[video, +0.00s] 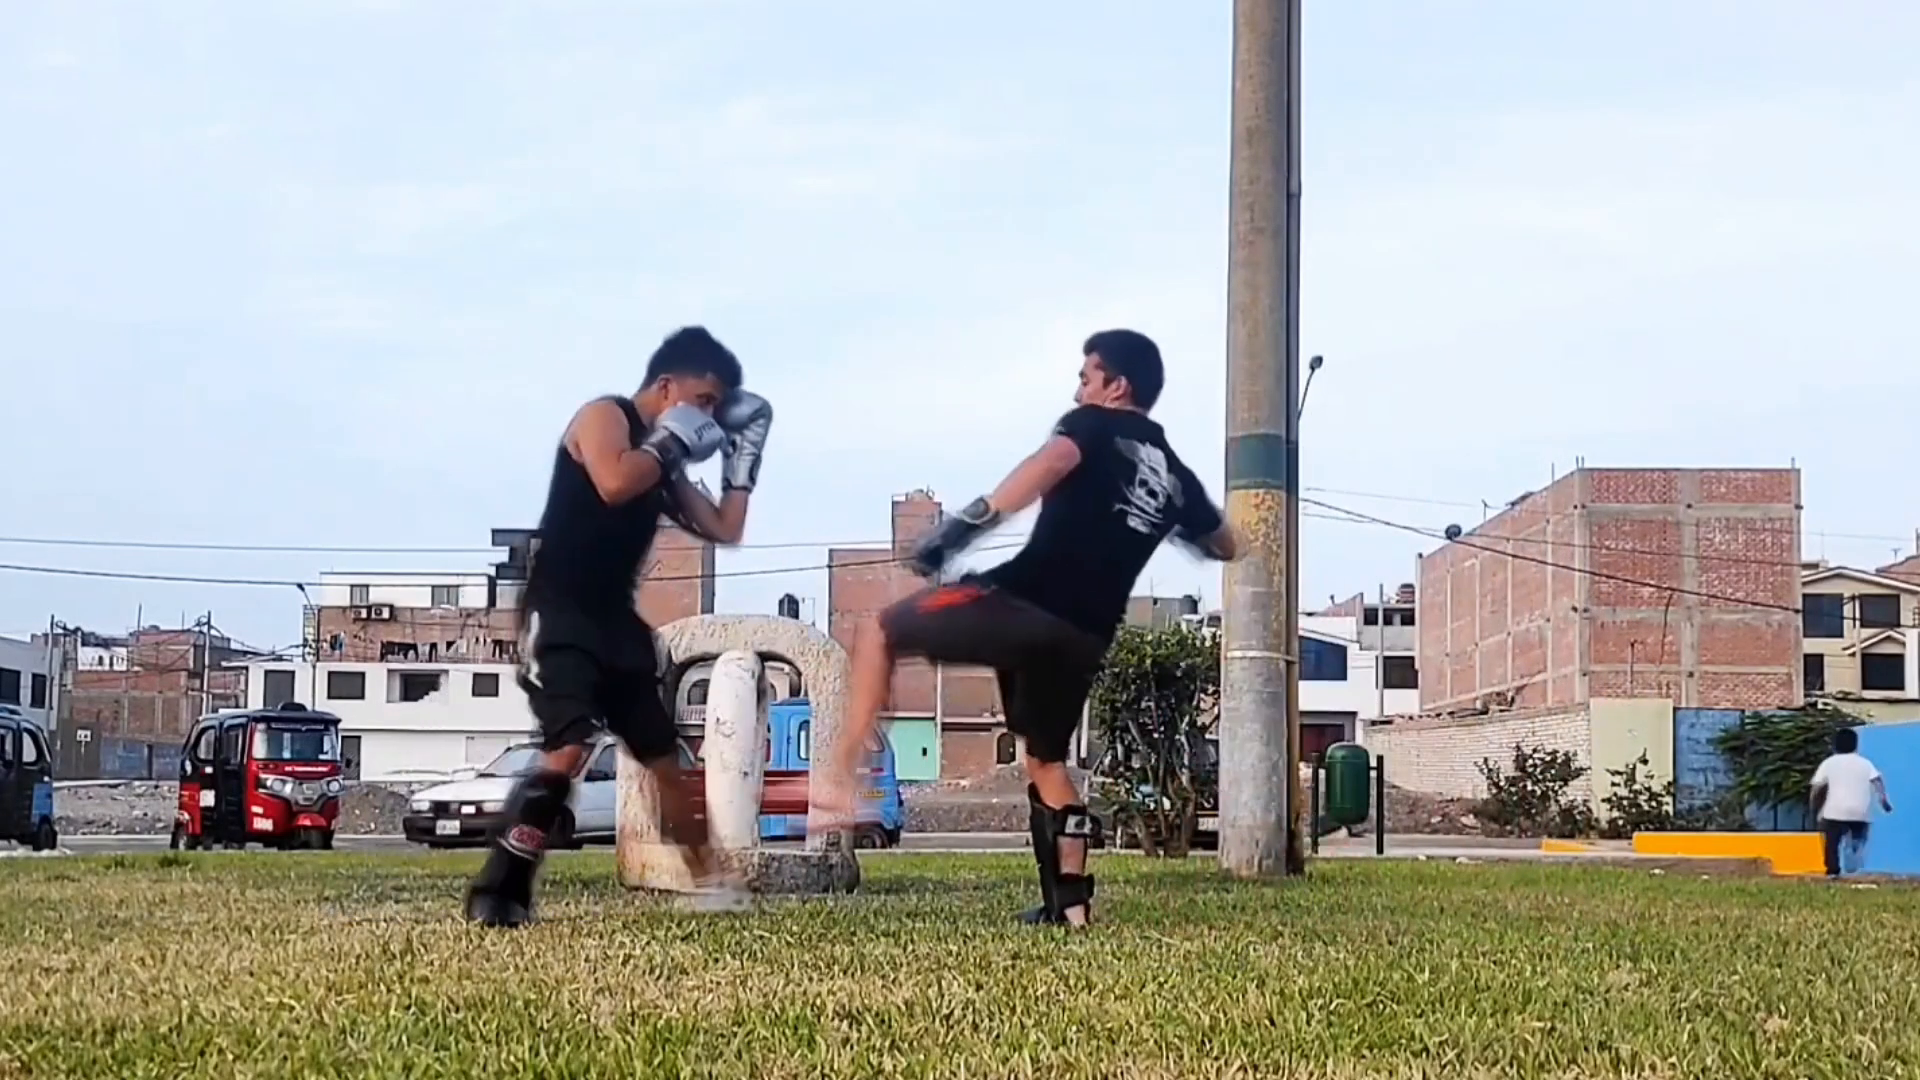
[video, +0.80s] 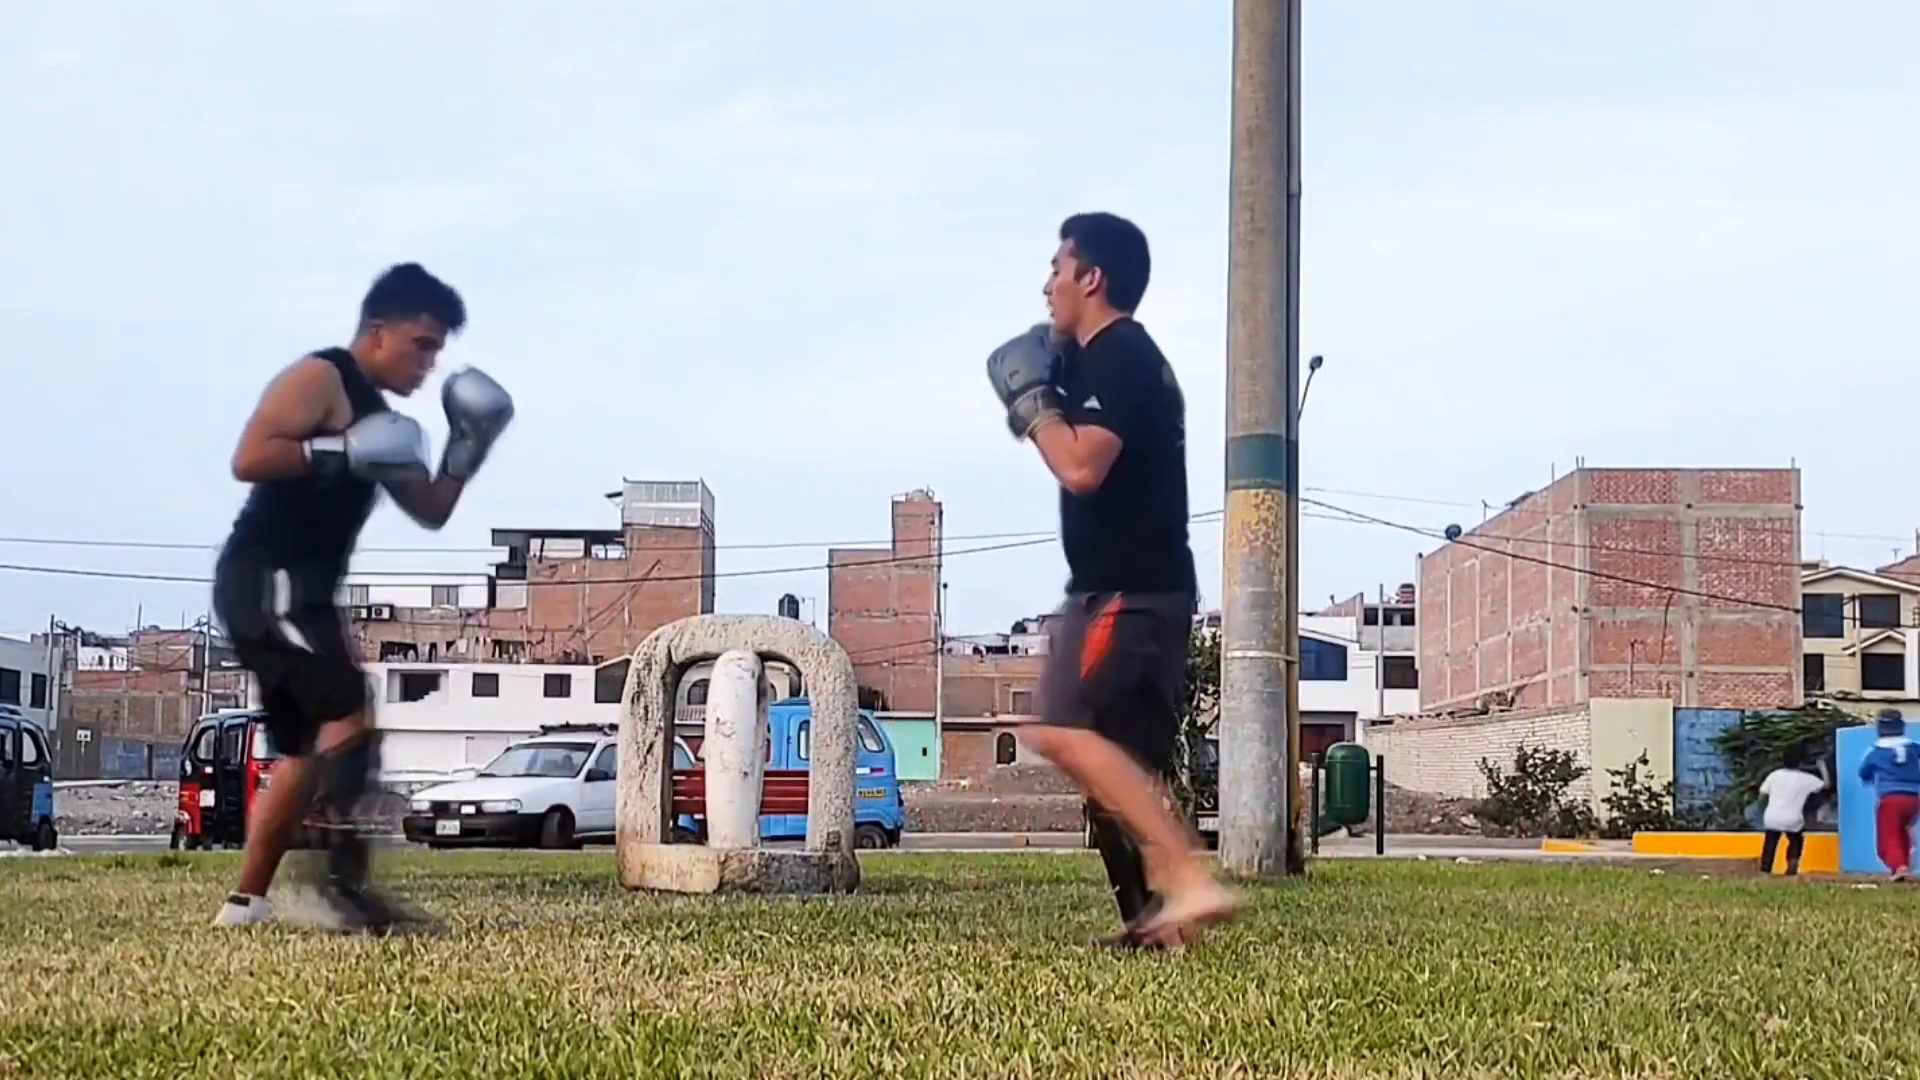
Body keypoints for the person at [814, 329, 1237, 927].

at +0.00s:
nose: (1079, 389)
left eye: (1087, 378)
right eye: (1082, 377)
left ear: (1119, 386)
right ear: (1140, 391)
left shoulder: (1094, 423)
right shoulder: (1178, 476)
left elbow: (1054, 462)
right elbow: (1227, 546)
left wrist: (964, 524)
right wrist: (1184, 523)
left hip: (1023, 606)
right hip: (1084, 639)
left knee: (880, 631)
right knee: (1047, 759)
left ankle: (839, 779)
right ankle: (1071, 905)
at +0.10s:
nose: (1059, 381)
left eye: (1068, 370)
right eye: (1063, 369)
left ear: (1098, 379)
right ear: (1121, 384)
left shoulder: (1068, 422)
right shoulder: (1166, 468)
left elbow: (1020, 464)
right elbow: (1236, 543)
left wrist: (928, 500)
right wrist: (1244, 584)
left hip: (1015, 617)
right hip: (1080, 640)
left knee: (886, 692)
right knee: (1044, 760)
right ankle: (1071, 906)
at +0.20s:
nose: (1038, 372)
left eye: (1047, 360)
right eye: (1043, 359)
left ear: (1078, 372)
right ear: (1100, 376)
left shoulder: (1049, 422)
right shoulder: (1142, 461)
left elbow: (987, 484)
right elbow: (1188, 554)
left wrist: (914, 489)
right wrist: (1187, 609)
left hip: (1008, 628)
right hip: (1072, 641)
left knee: (932, 761)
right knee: (1039, 767)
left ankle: (971, 897)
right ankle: (1070, 905)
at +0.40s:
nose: (997, 332)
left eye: (1007, 319)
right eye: (1002, 318)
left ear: (1039, 329)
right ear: (1059, 332)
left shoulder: (1025, 398)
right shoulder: (1113, 421)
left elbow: (966, 497)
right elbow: (1116, 537)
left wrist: (942, 437)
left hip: (1021, 615)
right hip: (1087, 620)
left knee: (940, 746)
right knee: (1055, 751)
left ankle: (986, 919)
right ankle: (1059, 908)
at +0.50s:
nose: (999, 298)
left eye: (1009, 284)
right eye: (1003, 283)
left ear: (1043, 294)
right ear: (1059, 297)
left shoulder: (1045, 362)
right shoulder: (1102, 369)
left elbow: (988, 460)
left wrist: (961, 400)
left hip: (1047, 586)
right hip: (1102, 588)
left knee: (976, 733)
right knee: (1049, 732)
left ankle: (985, 918)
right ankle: (1090, 873)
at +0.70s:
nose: (1031, 284)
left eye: (1040, 269)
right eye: (1034, 268)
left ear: (1078, 276)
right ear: (1086, 279)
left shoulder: (1108, 351)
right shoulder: (1104, 350)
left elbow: (1056, 450)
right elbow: (1066, 444)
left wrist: (1016, 377)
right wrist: (1030, 378)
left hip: (1101, 576)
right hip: (1125, 576)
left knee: (1010, 711)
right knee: (1088, 734)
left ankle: (1089, 890)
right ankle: (1150, 905)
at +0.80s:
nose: (1047, 284)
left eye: (1056, 268)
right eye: (1051, 268)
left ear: (1091, 278)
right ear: (1105, 282)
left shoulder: (1118, 353)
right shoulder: (1106, 357)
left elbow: (1081, 467)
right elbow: (1078, 461)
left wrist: (1030, 396)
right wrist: (1035, 402)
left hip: (1127, 589)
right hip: (1120, 587)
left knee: (1063, 728)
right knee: (1120, 759)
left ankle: (1191, 878)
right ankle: (1152, 918)